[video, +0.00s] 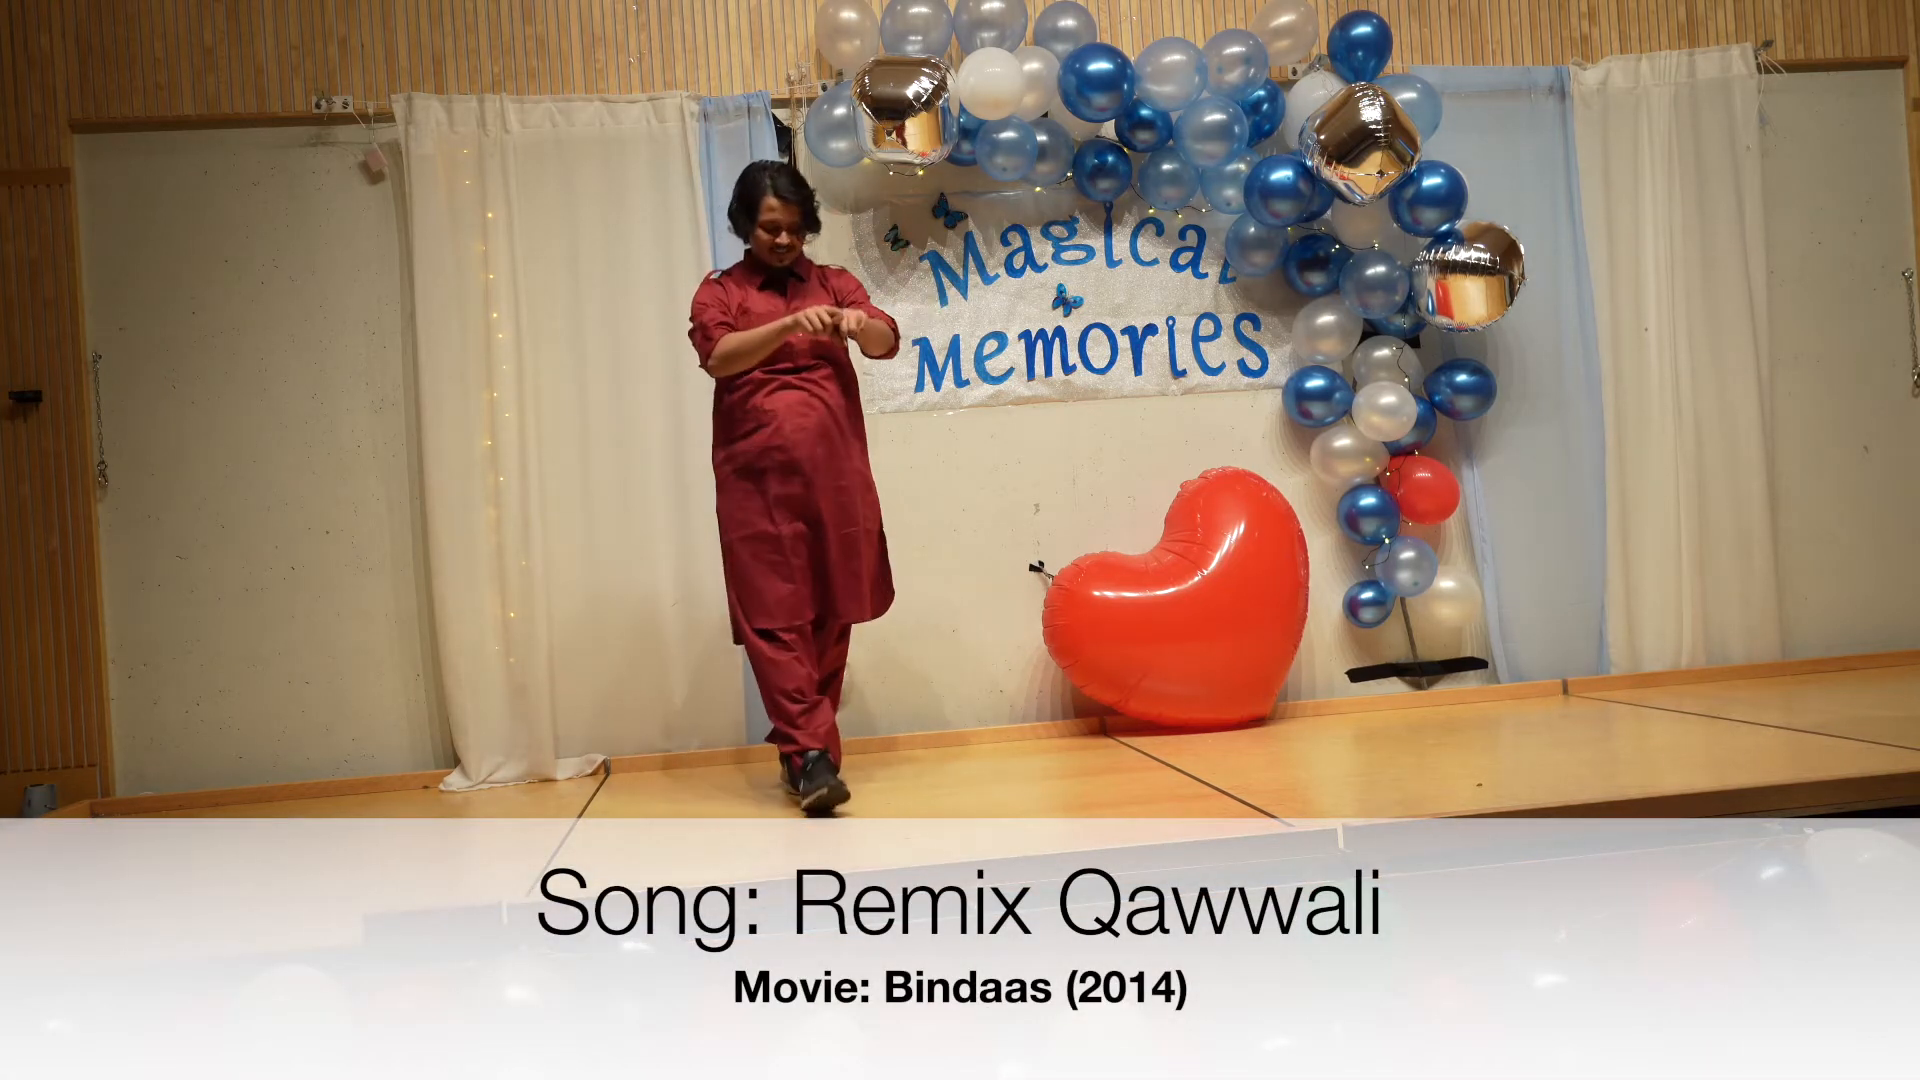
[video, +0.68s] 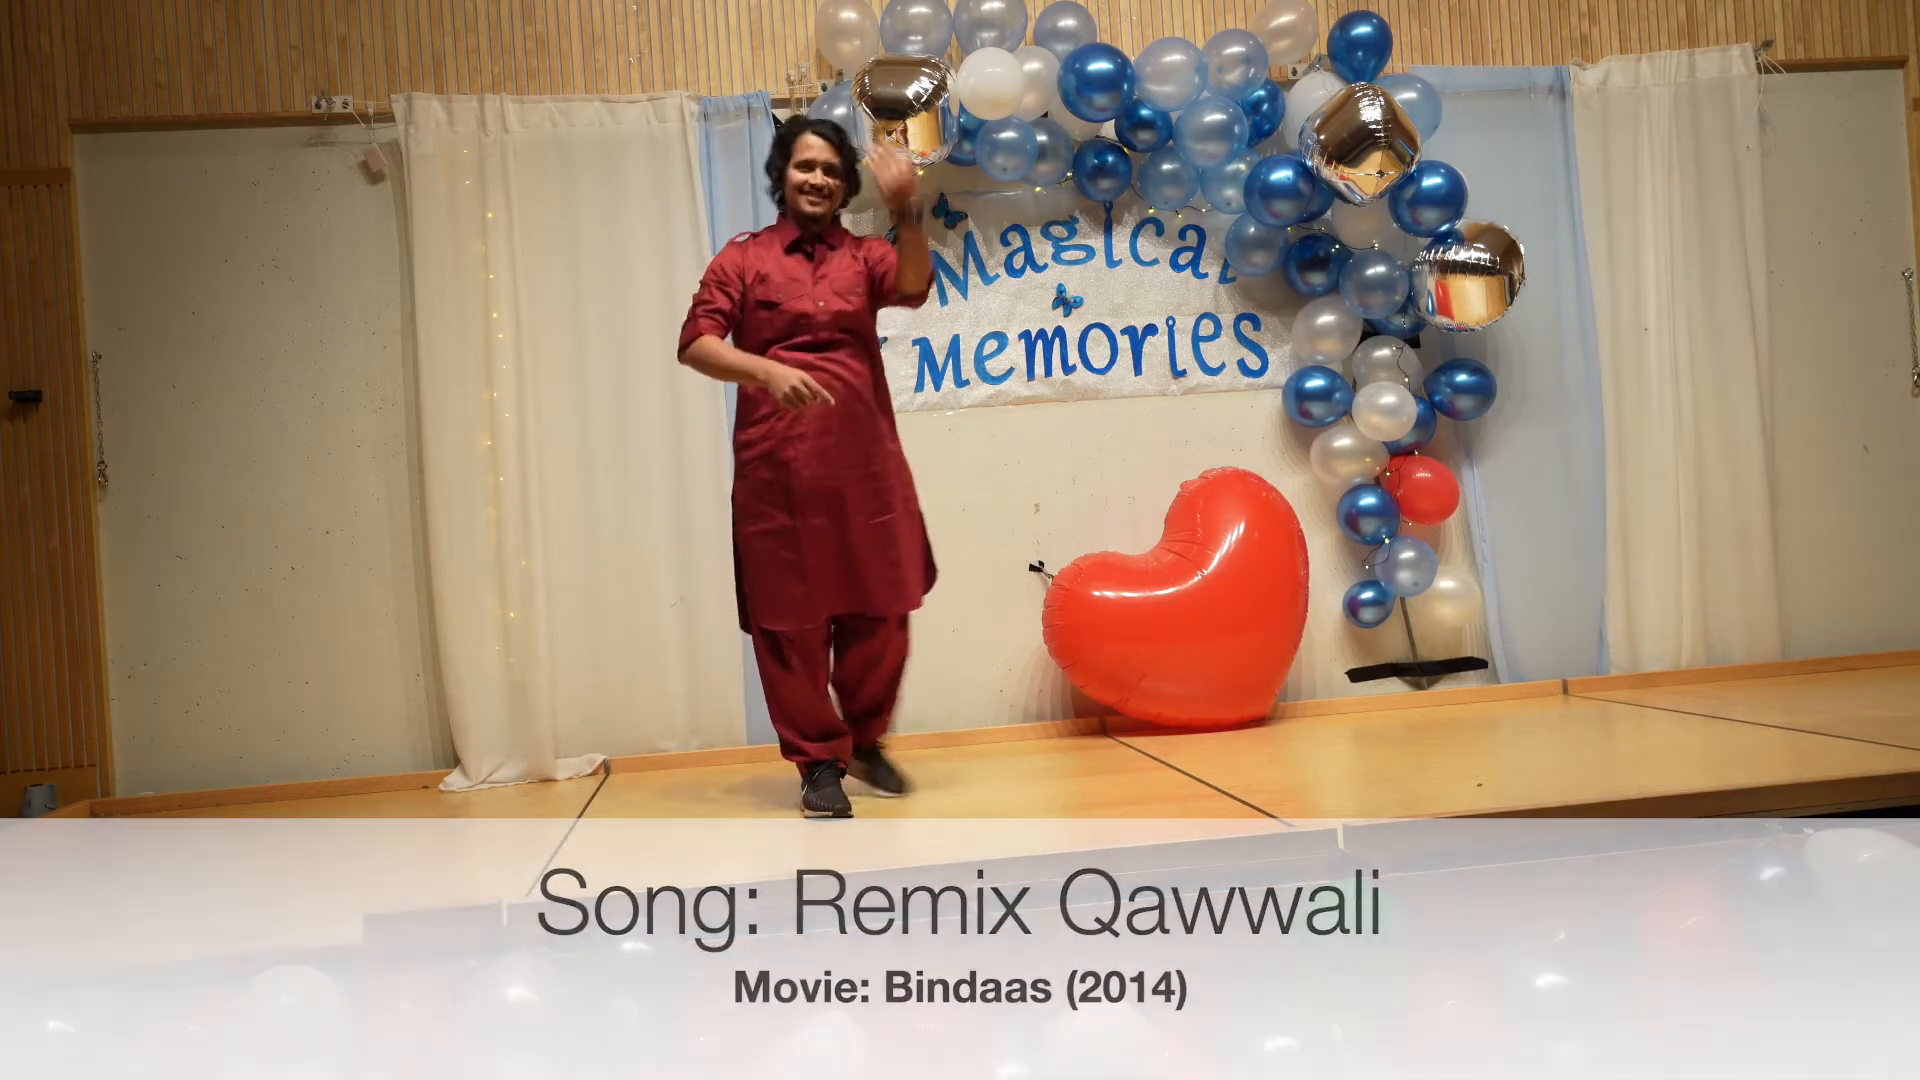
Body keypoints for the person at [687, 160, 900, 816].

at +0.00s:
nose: (781, 239)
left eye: (792, 227)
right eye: (769, 227)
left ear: (808, 224)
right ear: (744, 224)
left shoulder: (833, 282)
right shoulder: (718, 292)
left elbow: (886, 344)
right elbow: (718, 359)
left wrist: (853, 321)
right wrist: (788, 322)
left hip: (835, 478)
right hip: (757, 485)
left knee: (831, 614)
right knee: (776, 619)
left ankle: (806, 746)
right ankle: (811, 756)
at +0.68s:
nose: (817, 179)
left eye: (831, 170)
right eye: (804, 166)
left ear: (847, 185)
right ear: (780, 176)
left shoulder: (863, 254)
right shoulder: (742, 257)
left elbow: (915, 283)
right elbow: (696, 343)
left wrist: (906, 210)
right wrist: (766, 369)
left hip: (864, 459)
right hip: (778, 467)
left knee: (880, 605)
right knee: (789, 616)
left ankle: (865, 741)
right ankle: (818, 764)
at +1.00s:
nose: (852, 197)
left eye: (868, 187)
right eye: (841, 181)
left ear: (887, 191)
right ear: (818, 178)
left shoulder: (906, 255)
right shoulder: (777, 255)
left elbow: (983, 286)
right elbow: (720, 343)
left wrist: (1014, 228)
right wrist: (783, 392)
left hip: (900, 463)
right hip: (810, 470)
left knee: (948, 605)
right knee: (809, 622)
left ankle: (996, 750)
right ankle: (822, 768)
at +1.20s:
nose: (907, 202)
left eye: (921, 192)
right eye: (896, 188)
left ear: (940, 193)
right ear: (874, 183)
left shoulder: (957, 258)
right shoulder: (829, 255)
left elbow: (1025, 329)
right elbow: (769, 346)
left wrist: (1084, 323)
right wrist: (825, 410)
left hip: (942, 464)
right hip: (852, 466)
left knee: (973, 611)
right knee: (834, 618)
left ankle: (1005, 760)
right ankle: (825, 768)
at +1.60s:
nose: (1004, 189)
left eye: (1019, 178)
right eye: (992, 174)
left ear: (1034, 177)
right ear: (965, 166)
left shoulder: (1039, 243)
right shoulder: (919, 237)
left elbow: (1100, 301)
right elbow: (874, 334)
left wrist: (1095, 225)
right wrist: (951, 393)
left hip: (1023, 453)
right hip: (938, 452)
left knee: (1018, 601)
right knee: (928, 601)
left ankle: (1010, 760)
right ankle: (905, 747)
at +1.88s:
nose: (1040, 185)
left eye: (1055, 175)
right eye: (1029, 168)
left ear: (1069, 176)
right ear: (999, 159)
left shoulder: (1071, 241)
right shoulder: (949, 235)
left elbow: (1164, 266)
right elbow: (894, 330)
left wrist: (1184, 176)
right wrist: (967, 402)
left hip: (1050, 450)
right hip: (973, 451)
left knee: (1039, 595)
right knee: (997, 599)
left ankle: (1006, 760)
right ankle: (1044, 761)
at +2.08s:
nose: (1059, 179)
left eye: (1073, 168)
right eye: (1047, 162)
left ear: (1088, 170)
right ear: (1017, 155)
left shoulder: (1082, 240)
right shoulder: (969, 234)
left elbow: (1155, 308)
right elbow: (914, 335)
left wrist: (1243, 274)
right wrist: (983, 417)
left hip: (1064, 453)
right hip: (997, 453)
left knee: (1044, 600)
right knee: (1026, 604)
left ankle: (1009, 756)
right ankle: (1080, 768)